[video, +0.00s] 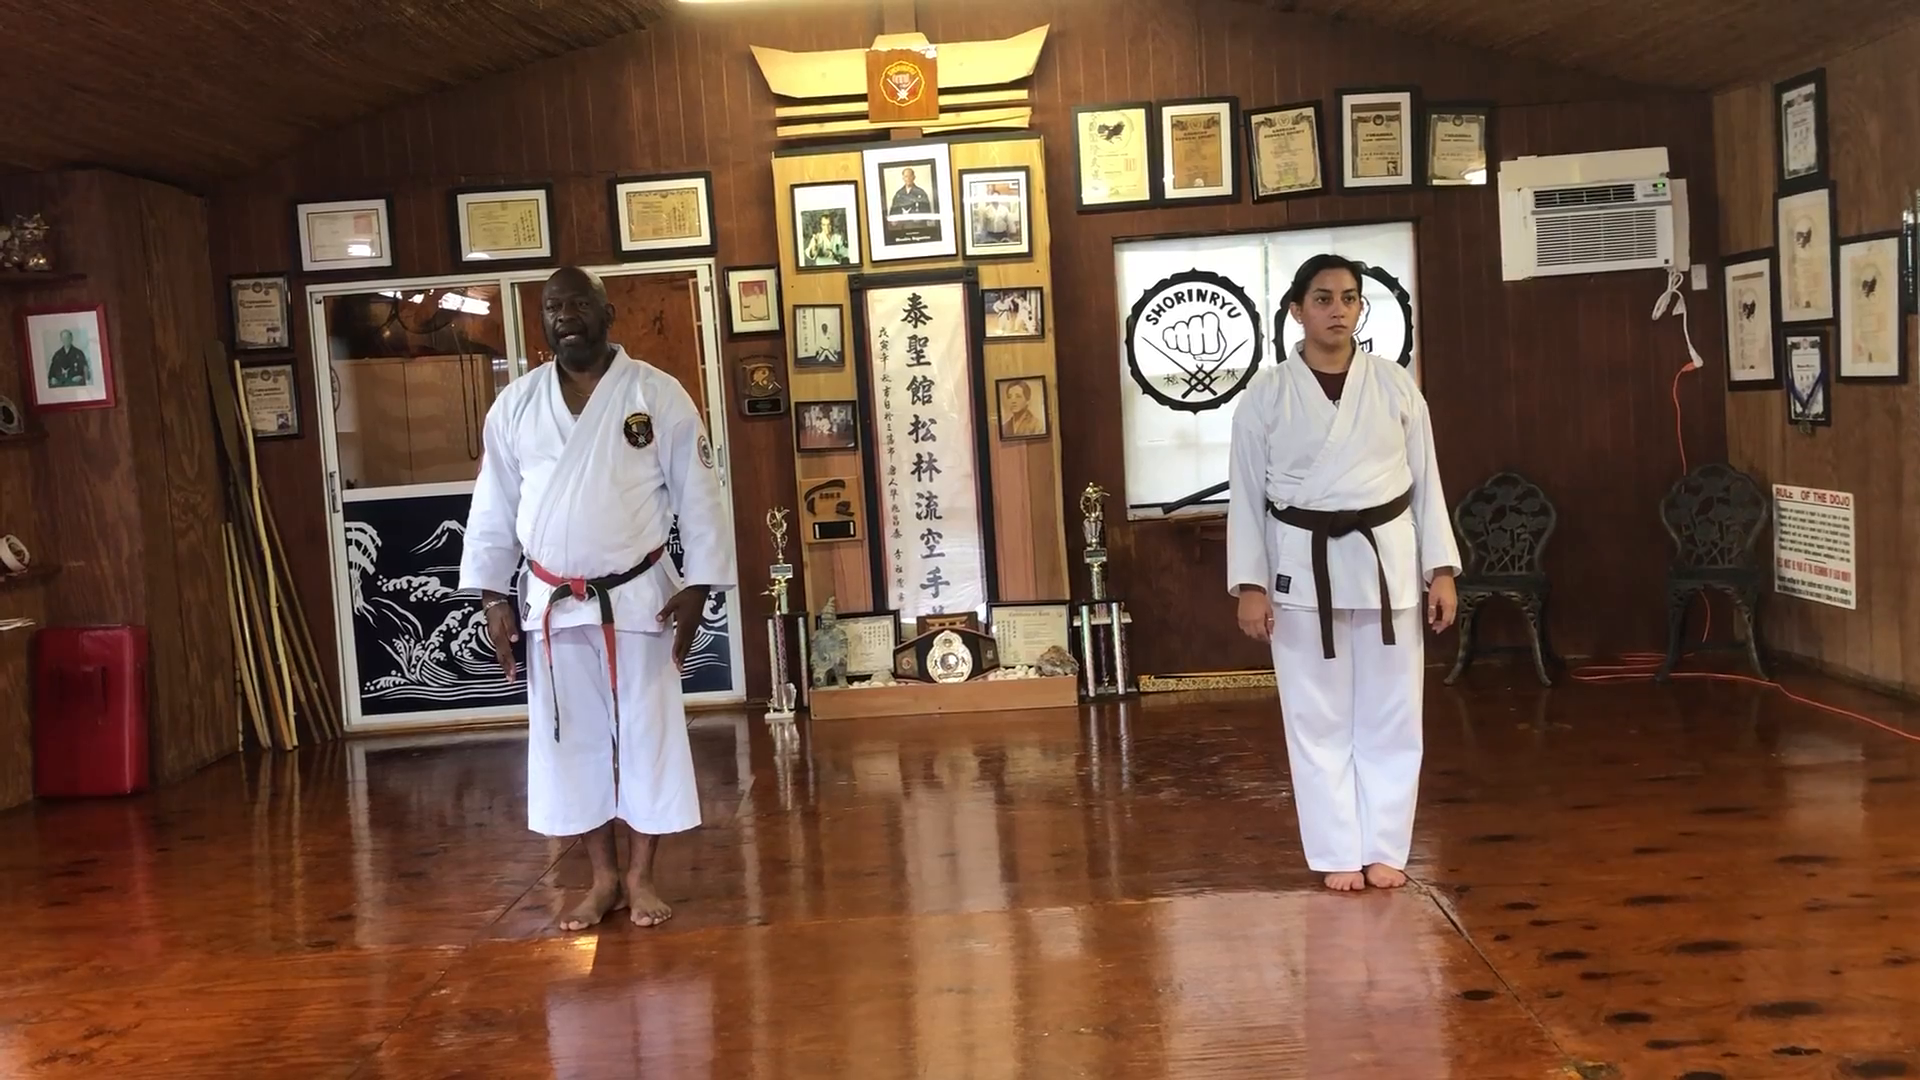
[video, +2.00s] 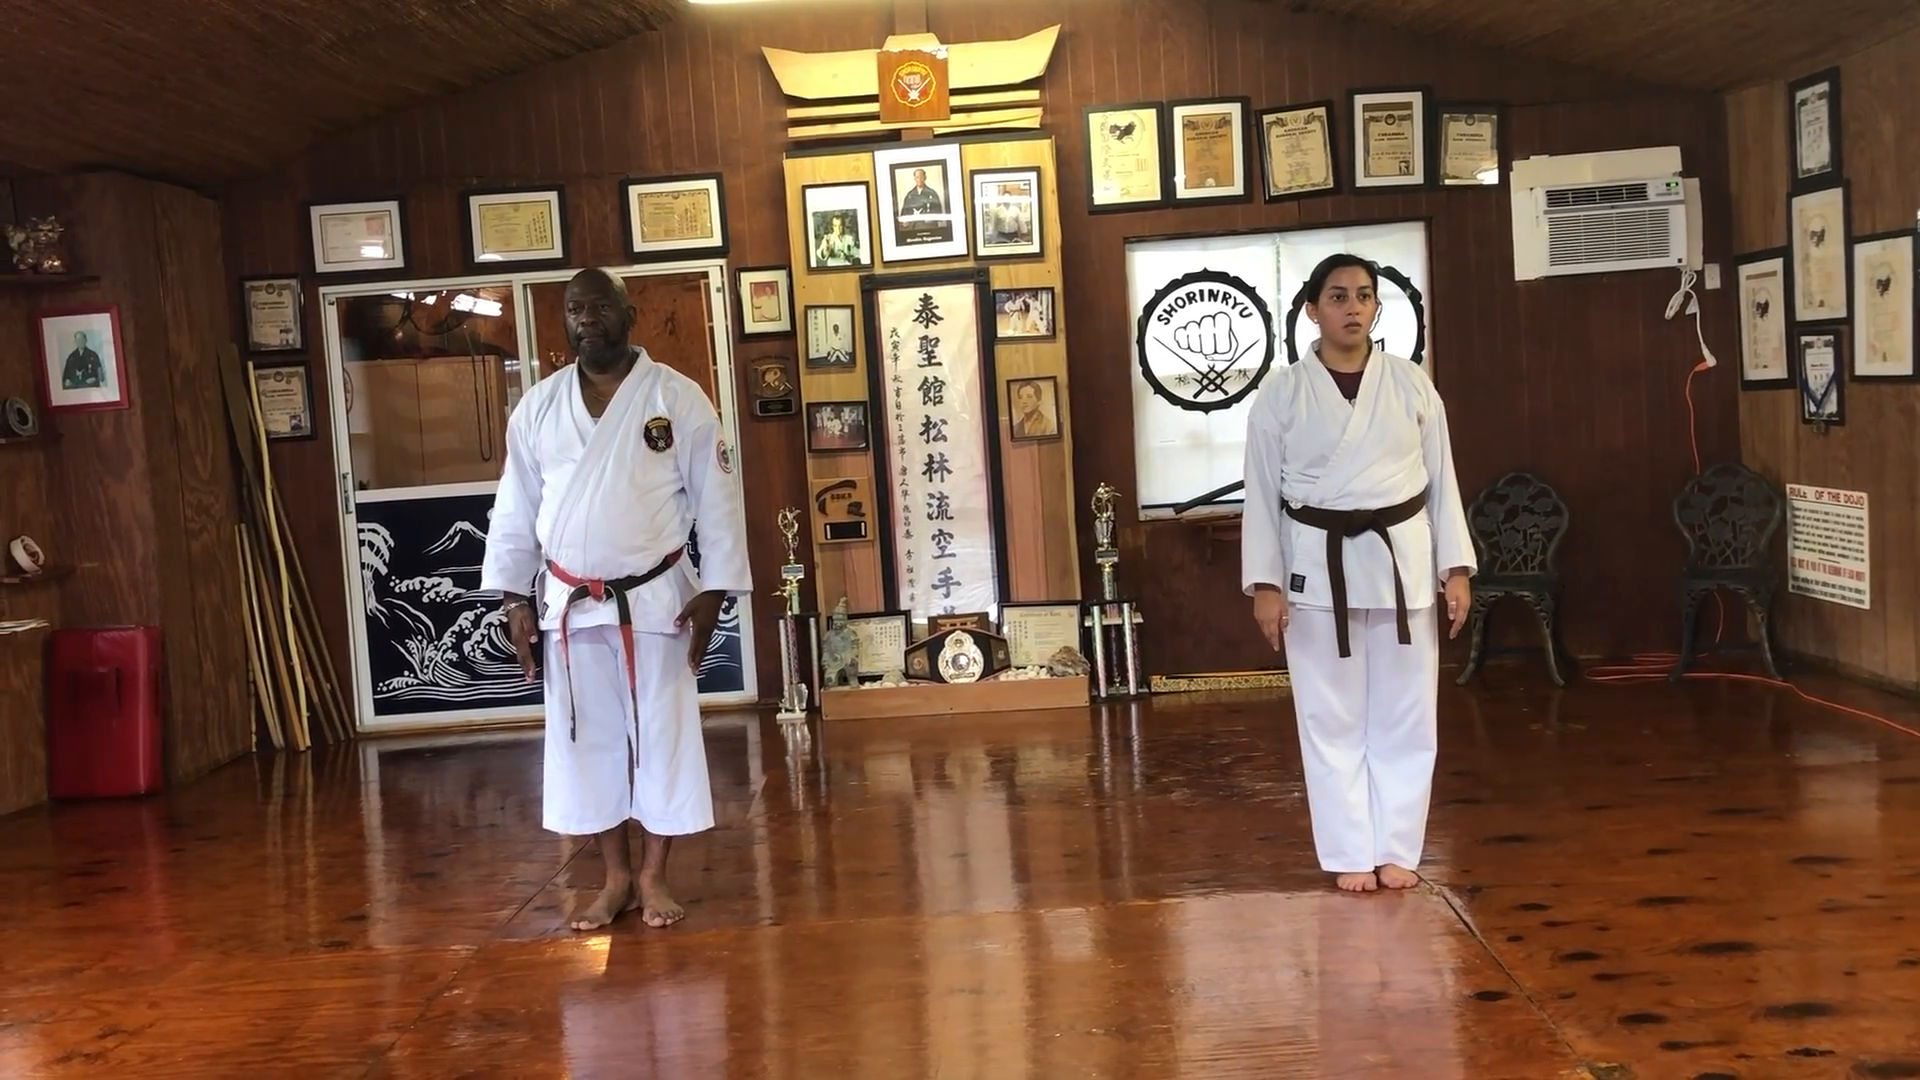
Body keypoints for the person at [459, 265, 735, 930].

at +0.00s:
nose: (565, 319)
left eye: (576, 307)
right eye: (554, 311)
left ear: (607, 315)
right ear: (541, 325)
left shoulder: (657, 395)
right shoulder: (514, 406)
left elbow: (697, 495)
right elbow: (494, 507)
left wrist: (700, 586)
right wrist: (493, 600)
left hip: (638, 590)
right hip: (552, 597)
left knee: (644, 731)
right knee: (572, 733)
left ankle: (639, 876)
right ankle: (601, 877)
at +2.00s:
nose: (587, 321)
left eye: (600, 309)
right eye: (577, 311)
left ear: (629, 317)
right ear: (563, 325)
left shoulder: (678, 398)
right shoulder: (536, 407)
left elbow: (717, 499)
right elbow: (516, 506)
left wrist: (716, 591)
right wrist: (513, 598)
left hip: (655, 591)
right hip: (570, 597)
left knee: (659, 733)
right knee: (588, 734)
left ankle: (651, 876)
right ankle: (615, 878)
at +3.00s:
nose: (560, 392)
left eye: (572, 379)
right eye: (550, 380)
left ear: (605, 367)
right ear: (540, 376)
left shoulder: (666, 420)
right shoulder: (522, 430)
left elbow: (716, 510)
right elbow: (514, 528)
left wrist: (707, 600)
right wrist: (532, 616)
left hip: (662, 608)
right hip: (577, 614)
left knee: (665, 745)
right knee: (592, 746)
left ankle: (651, 882)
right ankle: (613, 884)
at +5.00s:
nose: (583, 320)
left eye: (595, 308)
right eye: (572, 312)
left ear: (624, 319)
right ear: (558, 328)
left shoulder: (675, 398)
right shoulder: (532, 410)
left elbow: (712, 499)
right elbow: (516, 508)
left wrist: (706, 589)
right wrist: (524, 597)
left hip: (656, 590)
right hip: (572, 597)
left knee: (658, 733)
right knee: (590, 734)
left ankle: (654, 879)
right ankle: (617, 880)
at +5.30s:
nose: (592, 324)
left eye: (603, 310)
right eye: (579, 314)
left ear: (631, 316)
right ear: (566, 326)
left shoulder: (682, 394)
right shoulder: (541, 413)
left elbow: (728, 491)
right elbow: (526, 512)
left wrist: (733, 579)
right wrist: (533, 604)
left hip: (680, 585)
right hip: (591, 597)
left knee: (712, 723)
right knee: (600, 735)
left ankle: (747, 868)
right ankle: (620, 881)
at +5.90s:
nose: (693, 328)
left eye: (704, 316)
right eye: (680, 319)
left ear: (730, 323)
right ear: (664, 333)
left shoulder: (779, 406)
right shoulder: (637, 413)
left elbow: (815, 502)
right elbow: (615, 507)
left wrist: (797, 576)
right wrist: (619, 586)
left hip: (761, 594)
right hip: (668, 599)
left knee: (794, 734)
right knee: (651, 743)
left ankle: (815, 877)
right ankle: (626, 888)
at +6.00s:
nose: (696, 330)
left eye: (707, 318)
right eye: (682, 321)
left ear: (731, 326)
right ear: (665, 335)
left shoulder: (777, 408)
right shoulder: (637, 415)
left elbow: (812, 505)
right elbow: (613, 509)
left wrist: (796, 580)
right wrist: (617, 587)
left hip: (759, 598)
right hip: (666, 603)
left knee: (793, 736)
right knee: (649, 745)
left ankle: (814, 879)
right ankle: (624, 891)